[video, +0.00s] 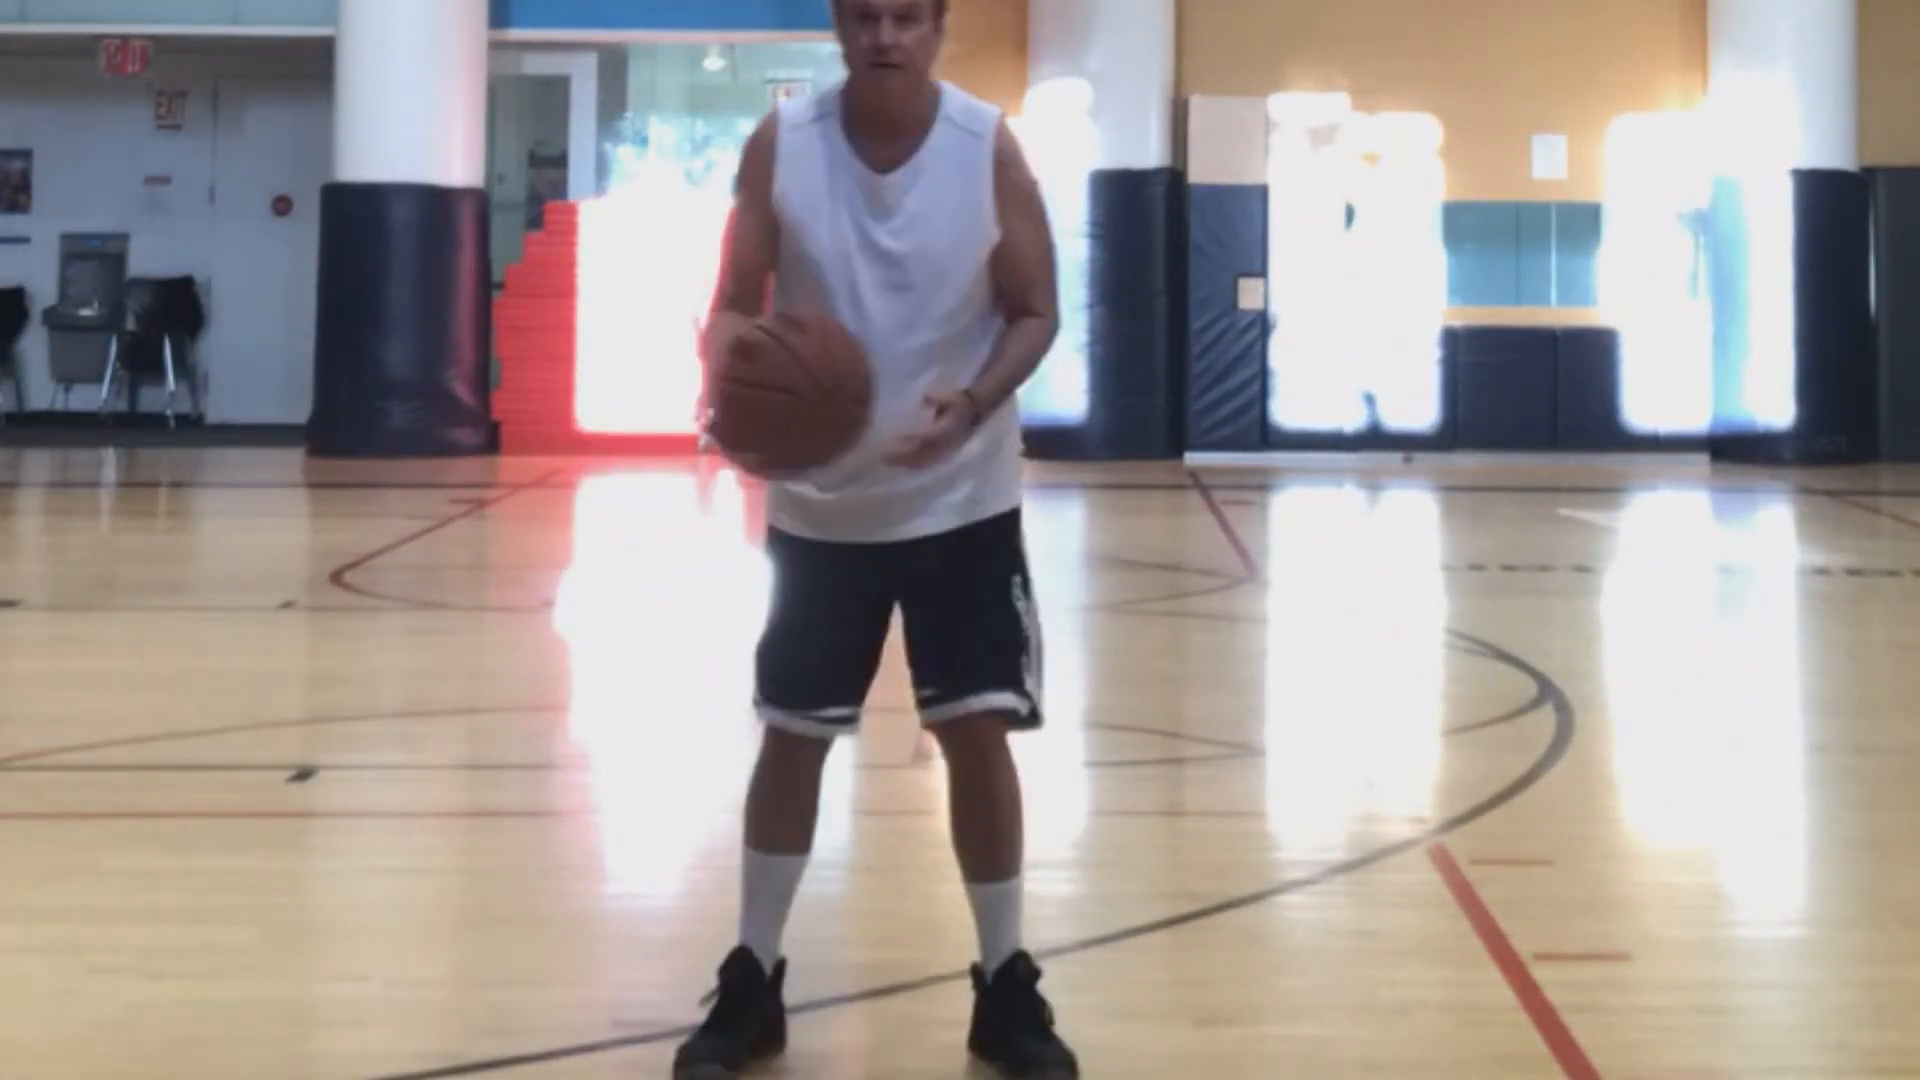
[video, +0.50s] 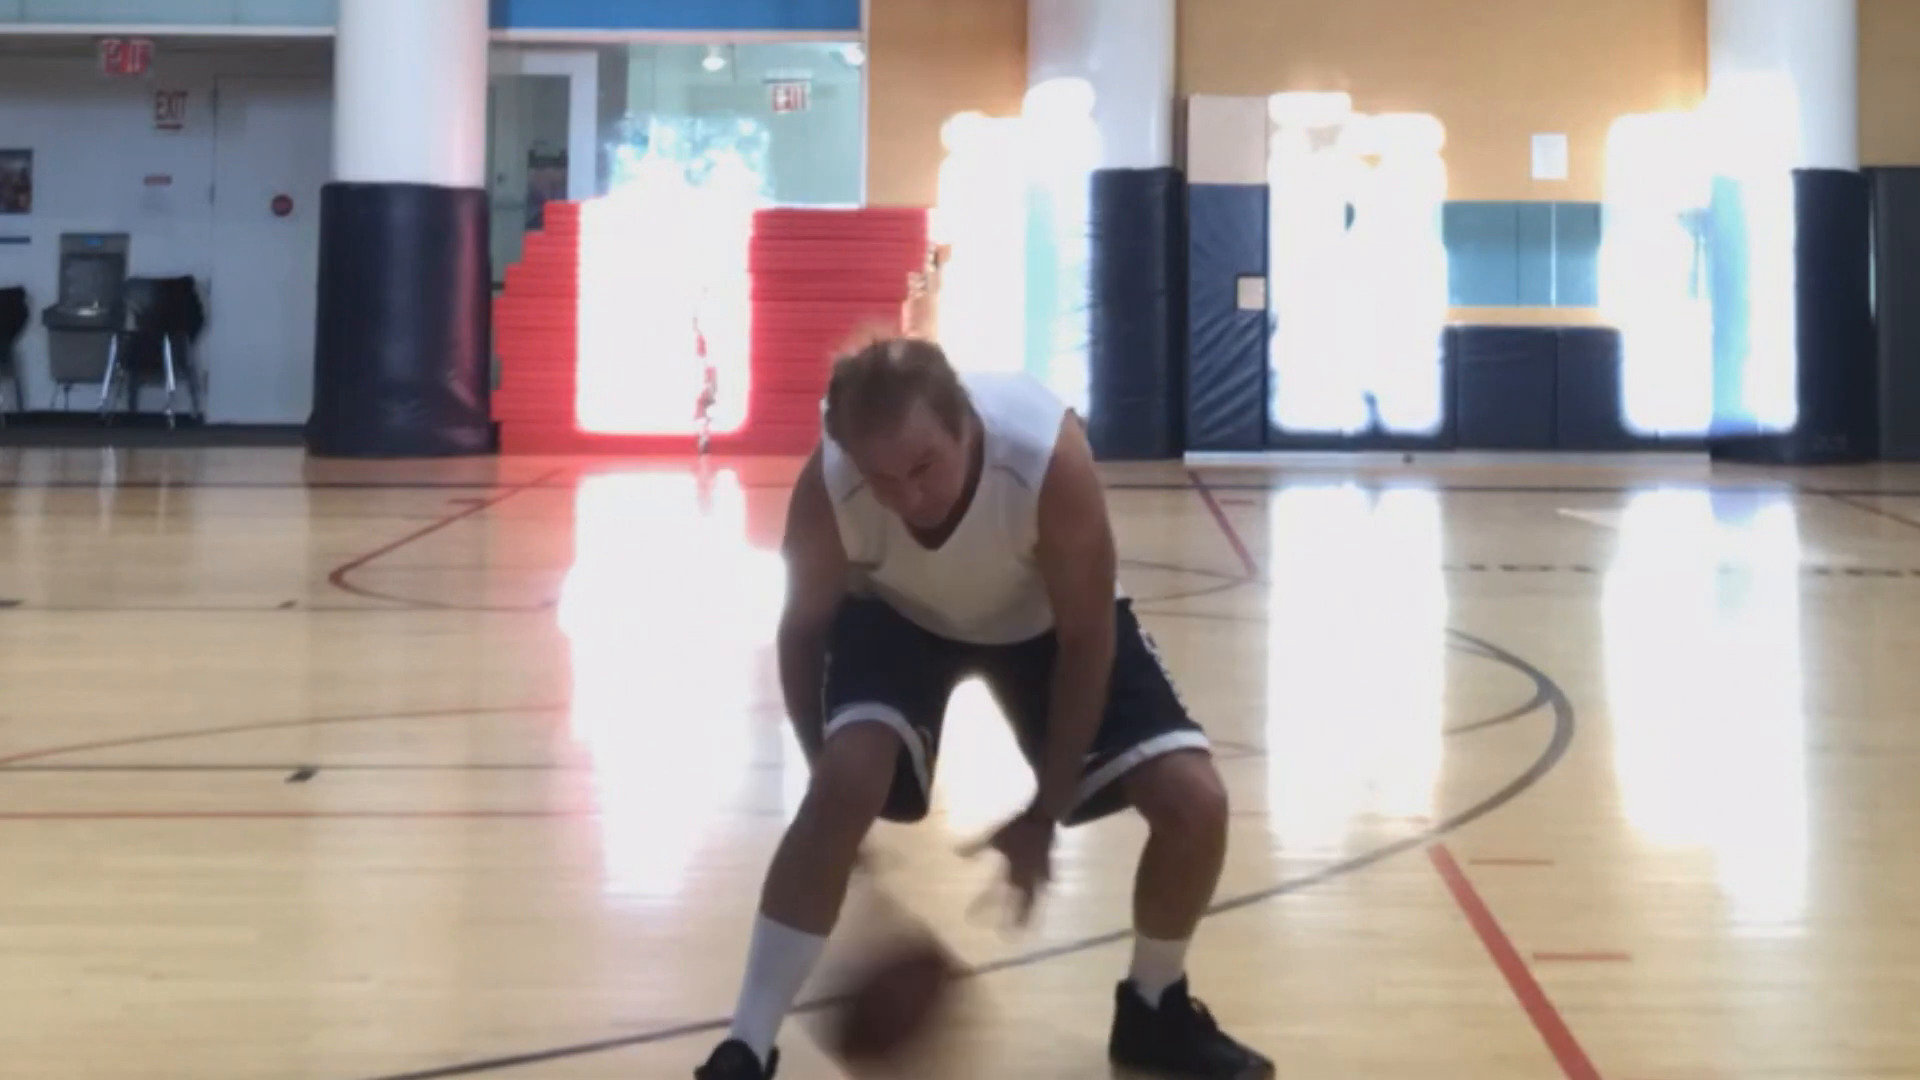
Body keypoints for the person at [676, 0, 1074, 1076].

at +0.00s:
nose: (885, 30)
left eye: (907, 13)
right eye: (864, 12)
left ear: (940, 23)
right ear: (837, 24)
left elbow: (1035, 311)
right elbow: (739, 301)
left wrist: (977, 395)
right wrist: (733, 383)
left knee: (974, 729)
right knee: (792, 733)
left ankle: (1008, 989)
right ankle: (751, 985)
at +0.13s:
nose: (925, 416)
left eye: (946, 391)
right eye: (903, 396)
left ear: (981, 362)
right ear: (874, 375)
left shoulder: (1049, 415)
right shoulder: (835, 426)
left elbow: (1165, 559)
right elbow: (829, 621)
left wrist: (1277, 695)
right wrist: (858, 807)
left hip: (1037, 571)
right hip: (891, 575)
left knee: (1111, 744)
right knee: (771, 732)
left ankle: (1161, 999)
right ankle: (720, 1006)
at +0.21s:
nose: (1039, 309)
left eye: (1062, 286)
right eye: (1020, 285)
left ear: (1098, 271)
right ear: (989, 267)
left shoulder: (1157, 349)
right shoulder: (926, 334)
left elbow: (1310, 446)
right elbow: (820, 456)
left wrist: (1449, 512)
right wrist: (738, 595)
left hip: (1091, 572)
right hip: (929, 559)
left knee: (1171, 784)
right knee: (869, 748)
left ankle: (1156, 1007)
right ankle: (764, 1029)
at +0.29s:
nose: (907, 465)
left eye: (922, 439)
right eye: (880, 448)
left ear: (969, 398)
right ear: (854, 429)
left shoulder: (1056, 428)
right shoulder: (835, 457)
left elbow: (1099, 610)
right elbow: (811, 617)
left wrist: (1060, 789)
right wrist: (841, 759)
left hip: (1054, 597)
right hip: (904, 596)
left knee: (1188, 799)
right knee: (855, 771)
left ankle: (1144, 1008)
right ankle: (757, 1051)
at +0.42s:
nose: (908, 476)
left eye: (921, 448)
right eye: (879, 461)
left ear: (963, 407)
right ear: (851, 444)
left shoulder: (1056, 451)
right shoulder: (835, 475)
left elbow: (1097, 628)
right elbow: (818, 616)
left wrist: (1043, 794)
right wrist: (799, 783)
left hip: (1064, 610)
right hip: (912, 607)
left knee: (1204, 807)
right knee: (859, 774)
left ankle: (1146, 1010)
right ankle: (752, 1051)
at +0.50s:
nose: (904, 498)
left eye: (921, 471)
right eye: (877, 479)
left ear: (964, 427)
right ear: (848, 457)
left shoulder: (1049, 453)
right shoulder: (828, 487)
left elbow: (1087, 636)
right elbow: (804, 634)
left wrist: (1044, 813)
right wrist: (826, 774)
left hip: (1046, 613)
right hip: (897, 611)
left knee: (1194, 803)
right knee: (849, 776)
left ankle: (1153, 1009)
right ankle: (746, 1050)